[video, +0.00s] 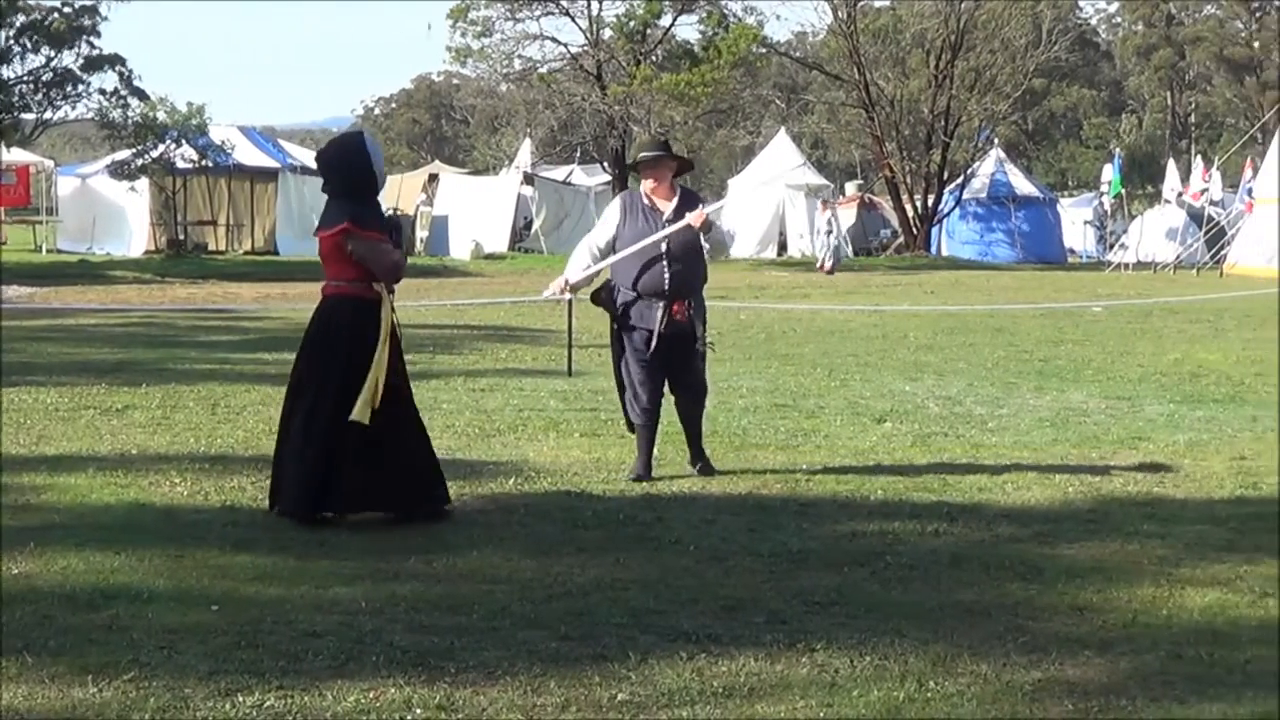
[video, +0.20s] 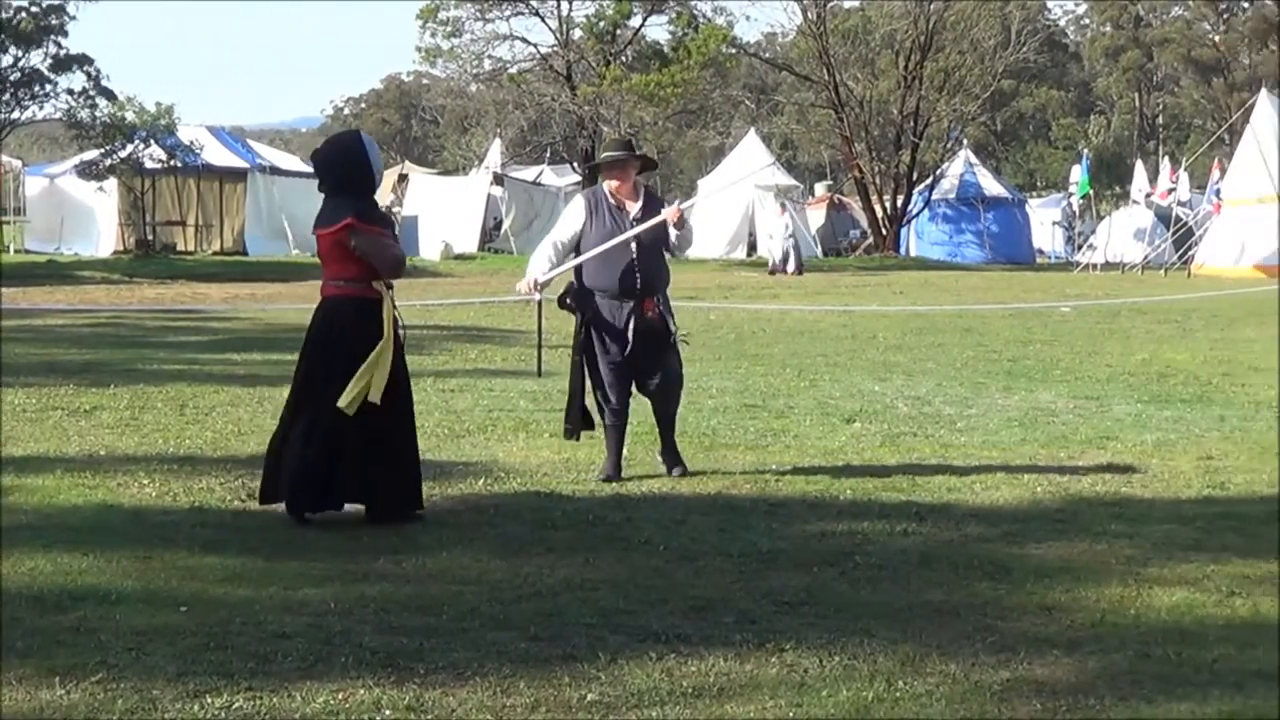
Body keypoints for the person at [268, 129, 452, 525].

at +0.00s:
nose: (381, 170)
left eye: (378, 162)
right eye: (376, 163)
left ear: (336, 173)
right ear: (361, 171)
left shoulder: (340, 214)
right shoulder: (350, 219)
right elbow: (391, 269)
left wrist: (387, 239)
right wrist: (399, 241)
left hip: (344, 312)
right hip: (353, 317)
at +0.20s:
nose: (378, 169)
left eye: (375, 162)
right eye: (372, 163)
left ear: (329, 173)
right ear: (359, 170)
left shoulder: (329, 214)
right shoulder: (355, 216)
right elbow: (393, 264)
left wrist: (381, 227)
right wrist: (391, 229)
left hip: (333, 313)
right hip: (362, 316)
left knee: (324, 402)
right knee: (382, 406)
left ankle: (301, 494)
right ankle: (388, 502)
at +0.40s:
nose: (371, 172)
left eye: (369, 165)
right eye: (366, 165)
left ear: (324, 171)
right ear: (354, 171)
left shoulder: (325, 211)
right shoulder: (342, 214)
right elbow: (377, 270)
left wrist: (371, 235)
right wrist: (377, 236)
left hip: (325, 313)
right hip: (345, 317)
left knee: (328, 404)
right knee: (355, 407)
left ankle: (327, 498)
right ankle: (355, 503)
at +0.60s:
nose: (366, 175)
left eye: (364, 168)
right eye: (360, 168)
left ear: (320, 173)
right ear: (346, 173)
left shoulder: (321, 213)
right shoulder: (333, 219)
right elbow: (369, 272)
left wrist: (364, 246)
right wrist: (375, 243)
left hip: (323, 315)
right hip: (336, 320)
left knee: (327, 409)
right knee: (361, 410)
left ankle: (325, 499)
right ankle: (409, 501)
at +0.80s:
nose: (364, 182)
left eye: (364, 174)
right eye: (359, 174)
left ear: (316, 178)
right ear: (344, 178)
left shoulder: (312, 218)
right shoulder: (334, 220)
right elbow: (368, 277)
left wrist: (366, 243)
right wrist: (376, 247)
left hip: (319, 320)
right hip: (341, 325)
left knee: (322, 414)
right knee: (365, 415)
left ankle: (313, 501)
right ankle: (396, 508)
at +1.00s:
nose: (358, 174)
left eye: (354, 167)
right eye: (353, 167)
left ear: (312, 178)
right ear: (340, 175)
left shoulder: (322, 218)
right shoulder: (328, 222)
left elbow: (347, 273)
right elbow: (356, 283)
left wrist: (377, 263)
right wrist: (387, 270)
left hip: (324, 317)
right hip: (338, 321)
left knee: (320, 410)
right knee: (350, 413)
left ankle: (305, 494)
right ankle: (364, 512)